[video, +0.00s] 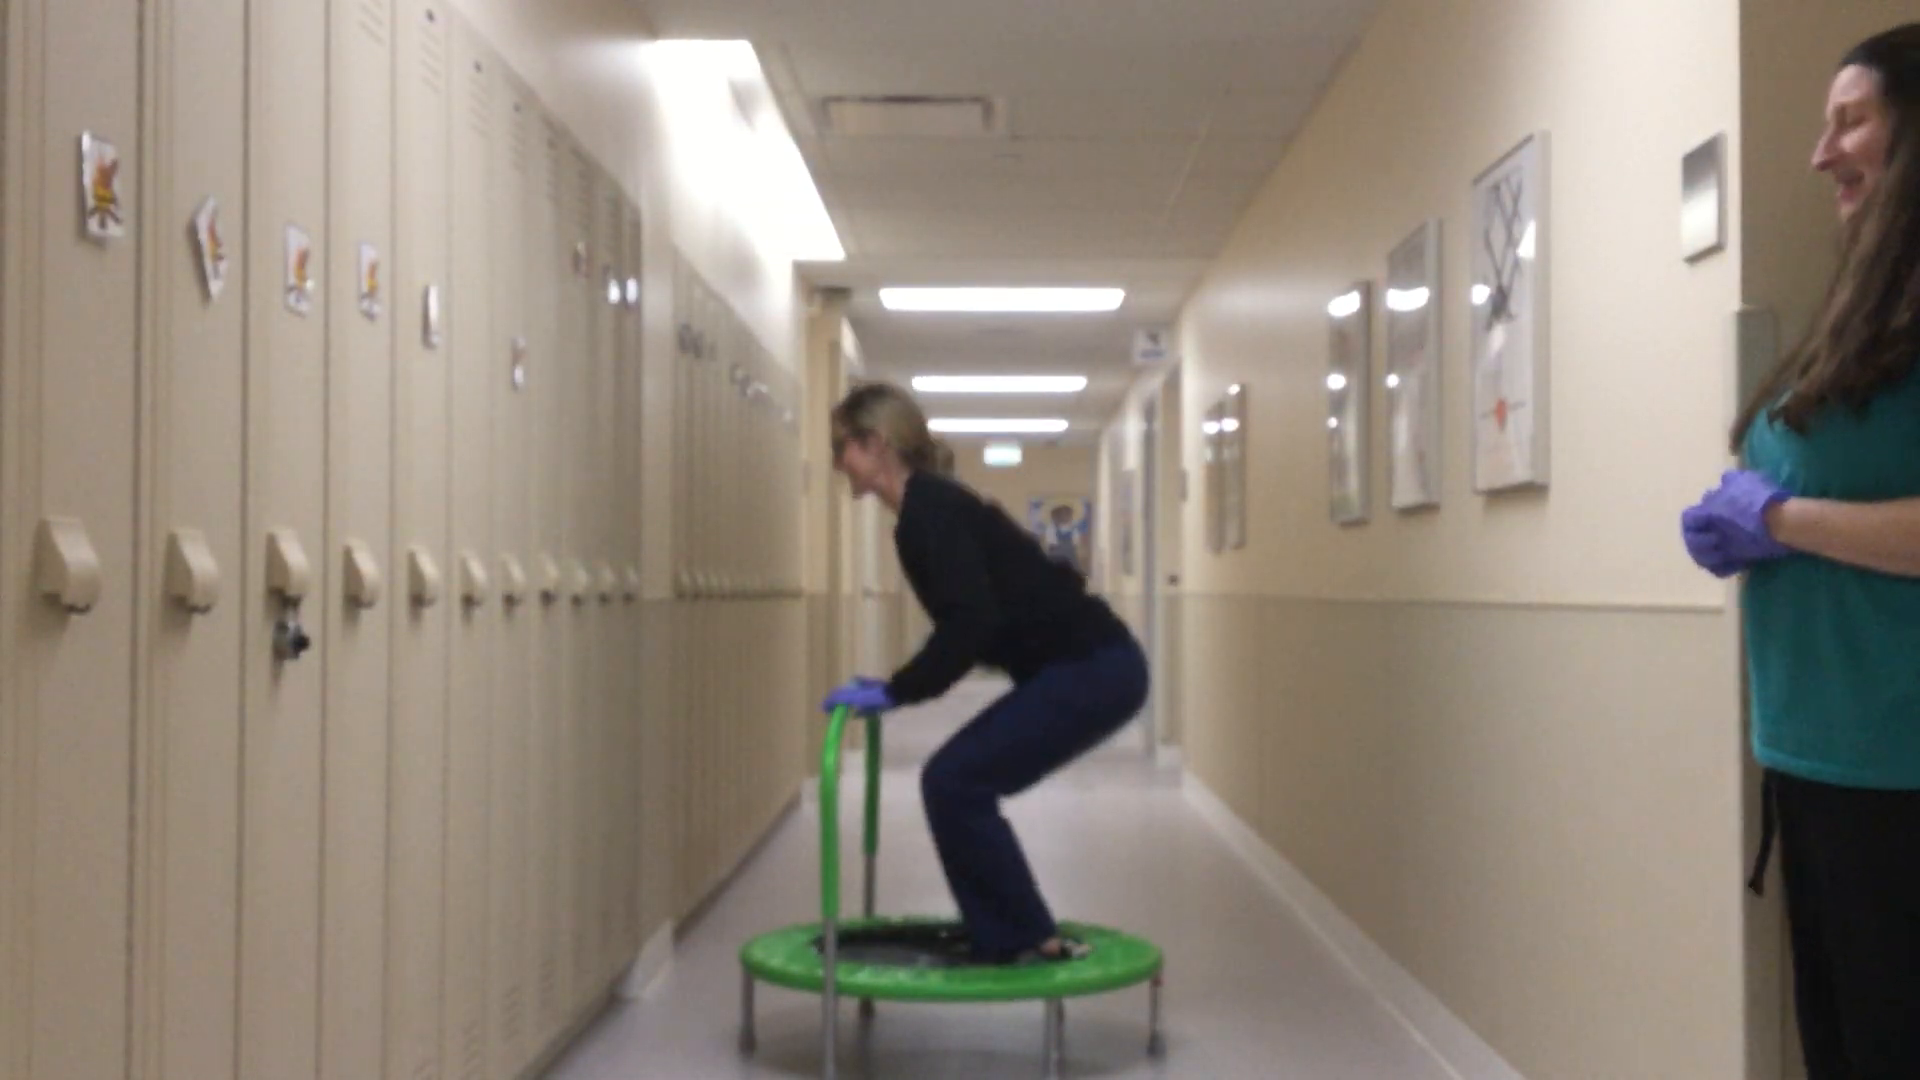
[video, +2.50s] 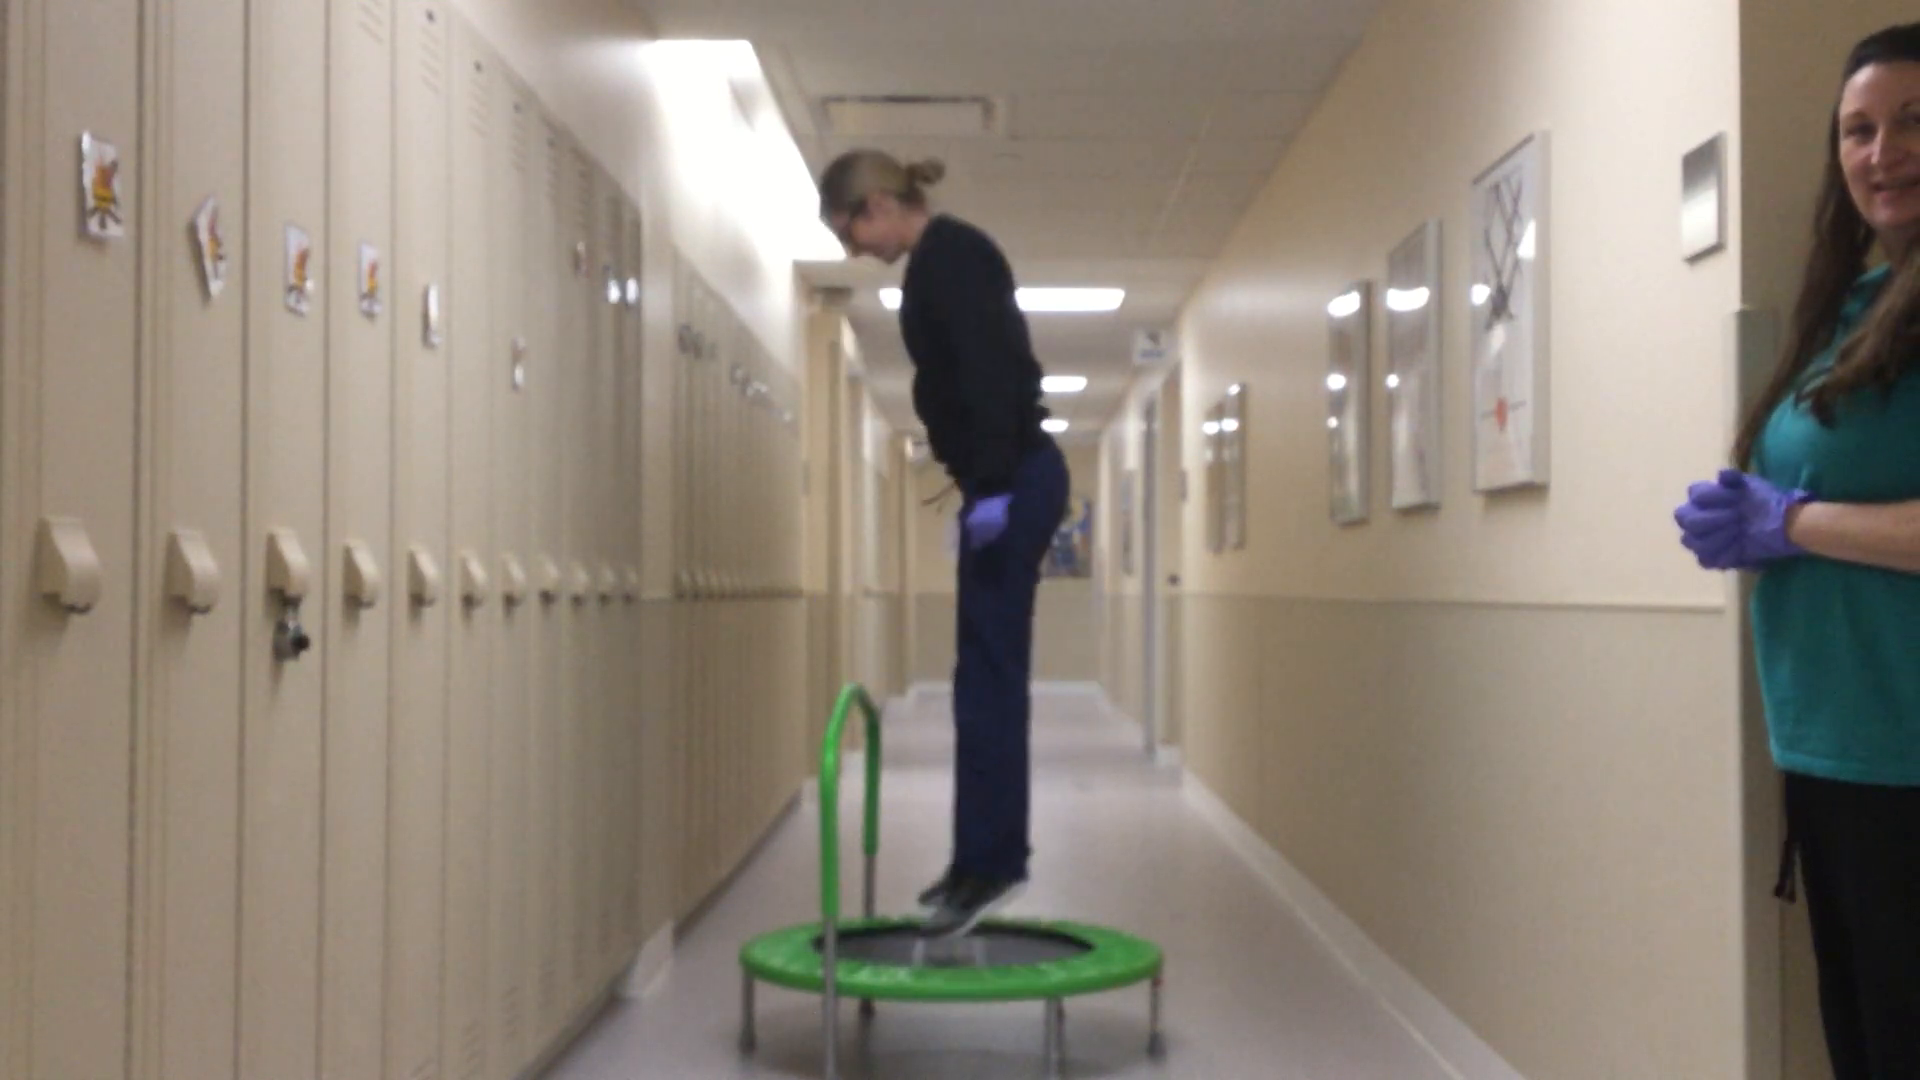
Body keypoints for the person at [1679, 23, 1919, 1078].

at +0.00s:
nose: (1827, 151)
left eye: (1855, 121)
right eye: (1826, 126)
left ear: (1918, 135)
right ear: (1842, 142)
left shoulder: (1908, 311)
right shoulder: (1853, 310)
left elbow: (1914, 530)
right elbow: (1792, 465)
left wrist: (1780, 518)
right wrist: (1742, 508)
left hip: (1891, 758)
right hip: (1812, 751)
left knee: (1889, 1040)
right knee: (1835, 1037)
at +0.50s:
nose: (1871, 142)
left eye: (1900, 117)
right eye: (1851, 119)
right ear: (1827, 145)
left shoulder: (1919, 294)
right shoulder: (1829, 298)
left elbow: (1914, 526)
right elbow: (1766, 450)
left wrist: (1777, 513)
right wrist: (1735, 502)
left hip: (1897, 751)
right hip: (1815, 743)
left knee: (1892, 1036)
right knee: (1850, 1034)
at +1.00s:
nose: (1885, 154)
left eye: (1910, 128)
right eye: (1863, 130)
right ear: (1837, 152)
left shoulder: (1918, 296)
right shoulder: (1843, 300)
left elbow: (1915, 519)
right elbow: (1808, 457)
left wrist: (1800, 515)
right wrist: (1759, 487)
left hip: (1899, 745)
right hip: (1823, 738)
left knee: (1896, 1029)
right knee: (1856, 1030)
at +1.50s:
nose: (1891, 149)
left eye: (1912, 126)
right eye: (1874, 126)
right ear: (1848, 145)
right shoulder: (1848, 297)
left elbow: (1915, 524)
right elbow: (1814, 469)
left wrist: (1800, 522)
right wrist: (1756, 505)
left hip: (1899, 740)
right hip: (1824, 731)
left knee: (1898, 1028)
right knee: (1858, 1025)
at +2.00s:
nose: (1888, 146)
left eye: (1910, 122)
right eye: (1868, 125)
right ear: (1844, 147)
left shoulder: (1919, 295)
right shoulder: (1846, 296)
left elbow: (1915, 523)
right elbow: (1805, 467)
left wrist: (1798, 519)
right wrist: (1753, 502)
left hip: (1899, 743)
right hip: (1824, 735)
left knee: (1898, 1030)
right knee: (1859, 1027)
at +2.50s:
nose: (1884, 151)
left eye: (1909, 124)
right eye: (1860, 129)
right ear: (1836, 153)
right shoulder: (1841, 299)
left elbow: (1918, 526)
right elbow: (1802, 466)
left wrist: (1793, 522)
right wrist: (1752, 503)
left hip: (1901, 747)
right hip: (1822, 740)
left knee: (1900, 1032)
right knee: (1857, 1031)